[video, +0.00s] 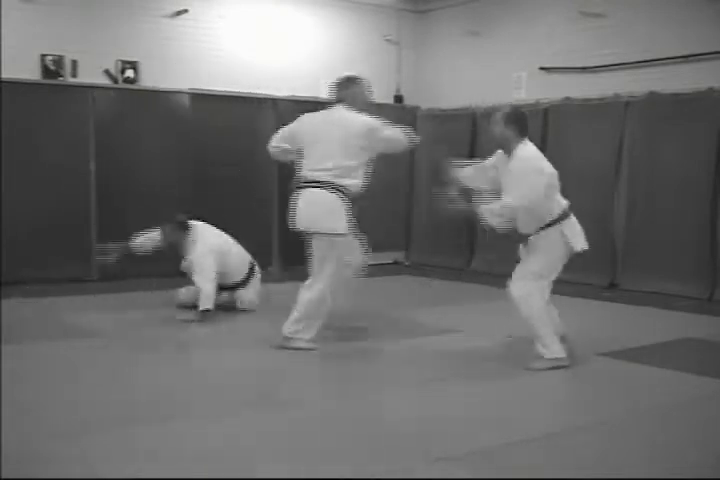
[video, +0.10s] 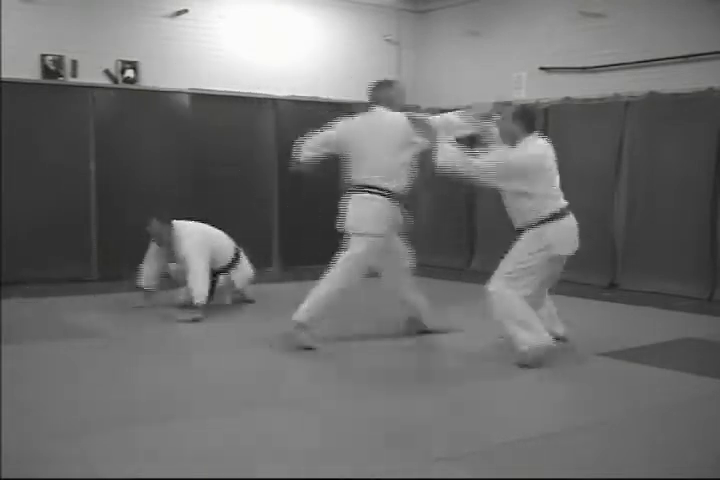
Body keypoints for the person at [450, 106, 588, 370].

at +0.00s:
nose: (491, 130)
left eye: (496, 125)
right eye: (492, 125)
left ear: (511, 129)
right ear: (509, 130)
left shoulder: (528, 161)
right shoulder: (507, 157)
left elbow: (514, 205)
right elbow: (484, 174)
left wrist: (473, 209)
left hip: (555, 235)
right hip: (539, 235)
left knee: (522, 287)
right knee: (532, 289)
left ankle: (553, 353)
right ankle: (556, 335)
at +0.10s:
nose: (498, 123)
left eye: (504, 118)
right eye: (499, 118)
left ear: (518, 125)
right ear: (527, 126)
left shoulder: (521, 157)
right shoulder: (541, 146)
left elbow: (475, 167)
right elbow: (503, 154)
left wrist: (441, 143)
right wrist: (487, 136)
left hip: (544, 234)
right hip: (561, 228)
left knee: (501, 287)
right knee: (534, 289)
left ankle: (534, 344)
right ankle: (555, 333)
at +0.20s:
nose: (501, 116)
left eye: (504, 112)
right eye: (503, 111)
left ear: (516, 115)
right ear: (532, 115)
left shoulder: (500, 143)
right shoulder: (549, 133)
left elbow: (459, 131)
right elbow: (557, 119)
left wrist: (432, 109)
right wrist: (538, 106)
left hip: (530, 226)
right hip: (563, 220)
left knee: (498, 285)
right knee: (550, 280)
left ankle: (512, 343)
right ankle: (554, 324)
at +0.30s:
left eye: (515, 99)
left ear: (513, 101)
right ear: (541, 104)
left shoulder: (496, 125)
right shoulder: (555, 127)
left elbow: (459, 115)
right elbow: (594, 122)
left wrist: (448, 102)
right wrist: (565, 114)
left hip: (511, 217)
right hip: (549, 215)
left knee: (507, 286)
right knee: (565, 270)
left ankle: (509, 350)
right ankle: (580, 316)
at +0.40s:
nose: (547, 105)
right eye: (547, 101)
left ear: (519, 97)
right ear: (546, 103)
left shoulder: (494, 118)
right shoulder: (554, 130)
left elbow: (470, 105)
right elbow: (595, 153)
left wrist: (474, 97)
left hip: (495, 212)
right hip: (533, 212)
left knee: (504, 285)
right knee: (569, 270)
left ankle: (511, 347)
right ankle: (575, 328)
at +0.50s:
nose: (558, 123)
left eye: (558, 118)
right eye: (557, 118)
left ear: (532, 106)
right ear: (550, 116)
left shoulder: (499, 116)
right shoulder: (548, 146)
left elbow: (503, 103)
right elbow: (560, 190)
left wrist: (525, 99)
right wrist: (587, 198)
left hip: (475, 216)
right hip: (511, 221)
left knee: (499, 281)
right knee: (559, 281)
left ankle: (467, 330)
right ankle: (553, 347)